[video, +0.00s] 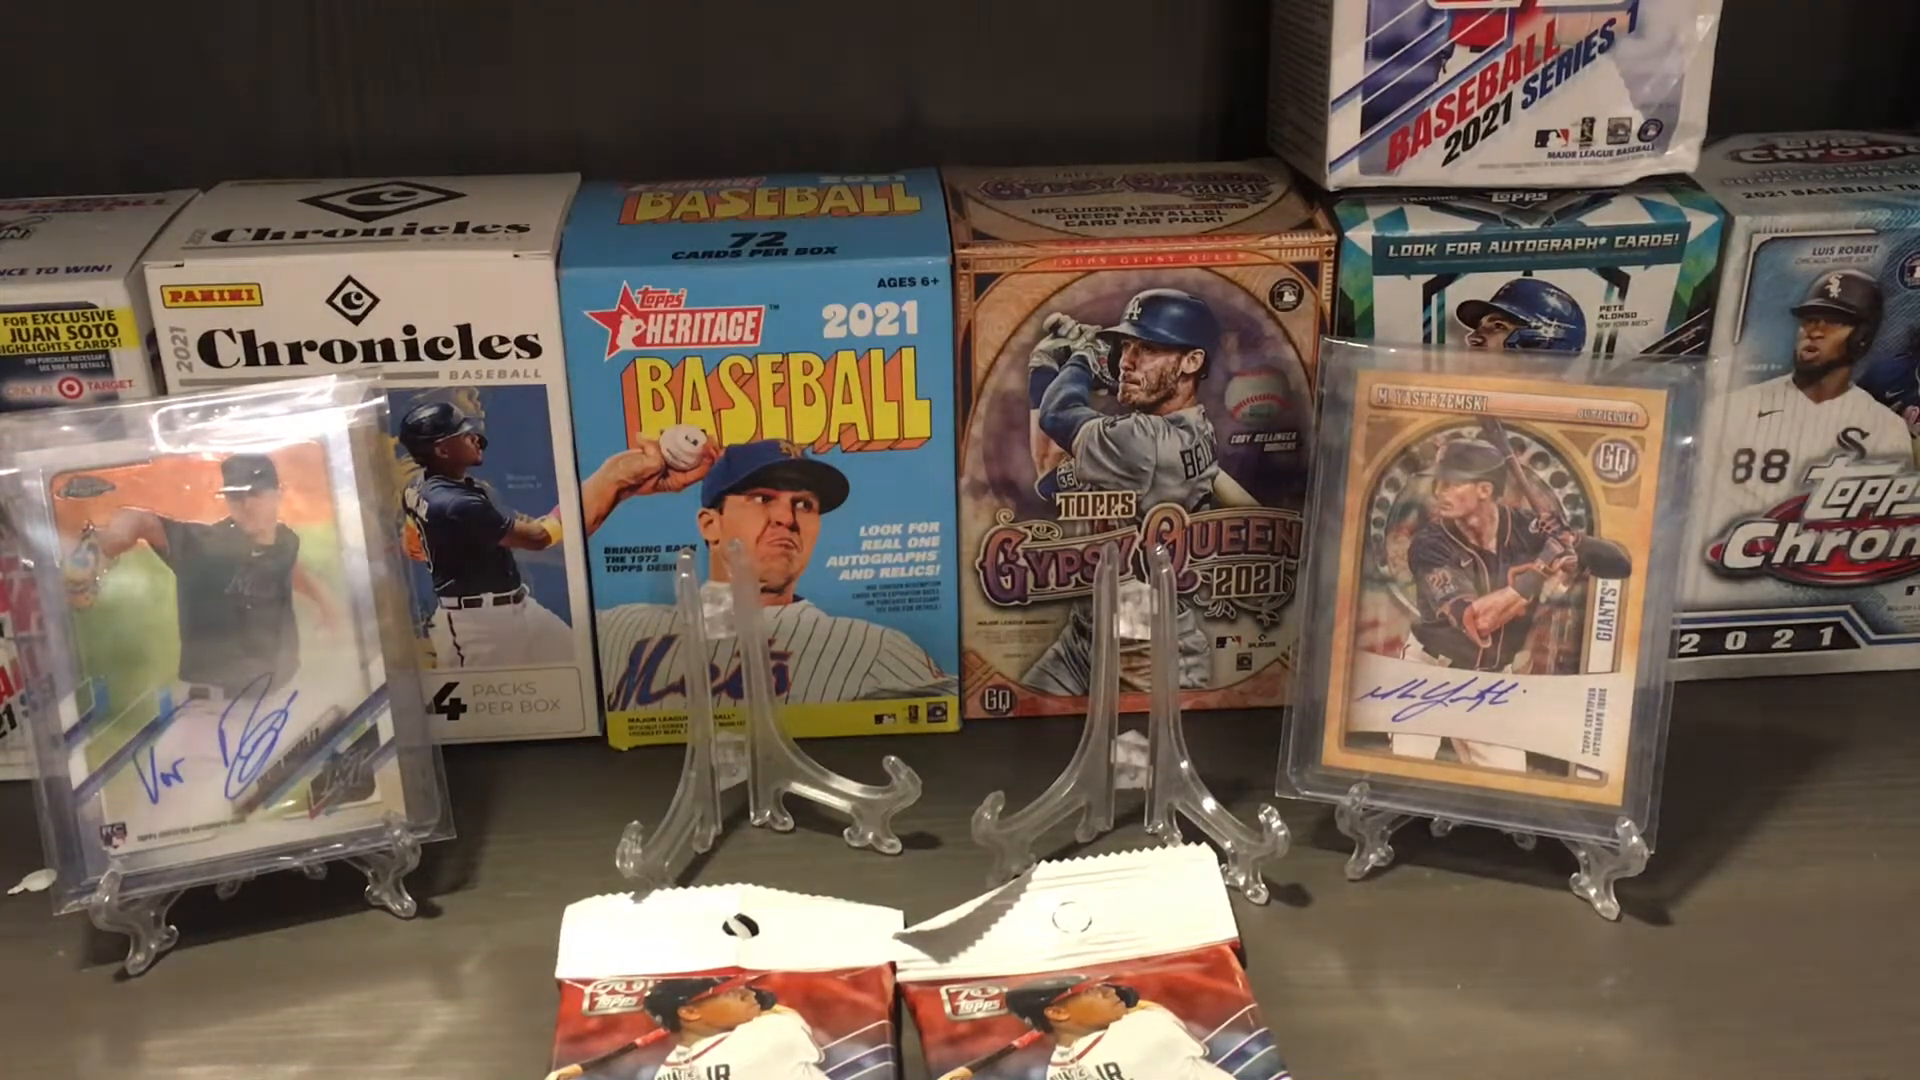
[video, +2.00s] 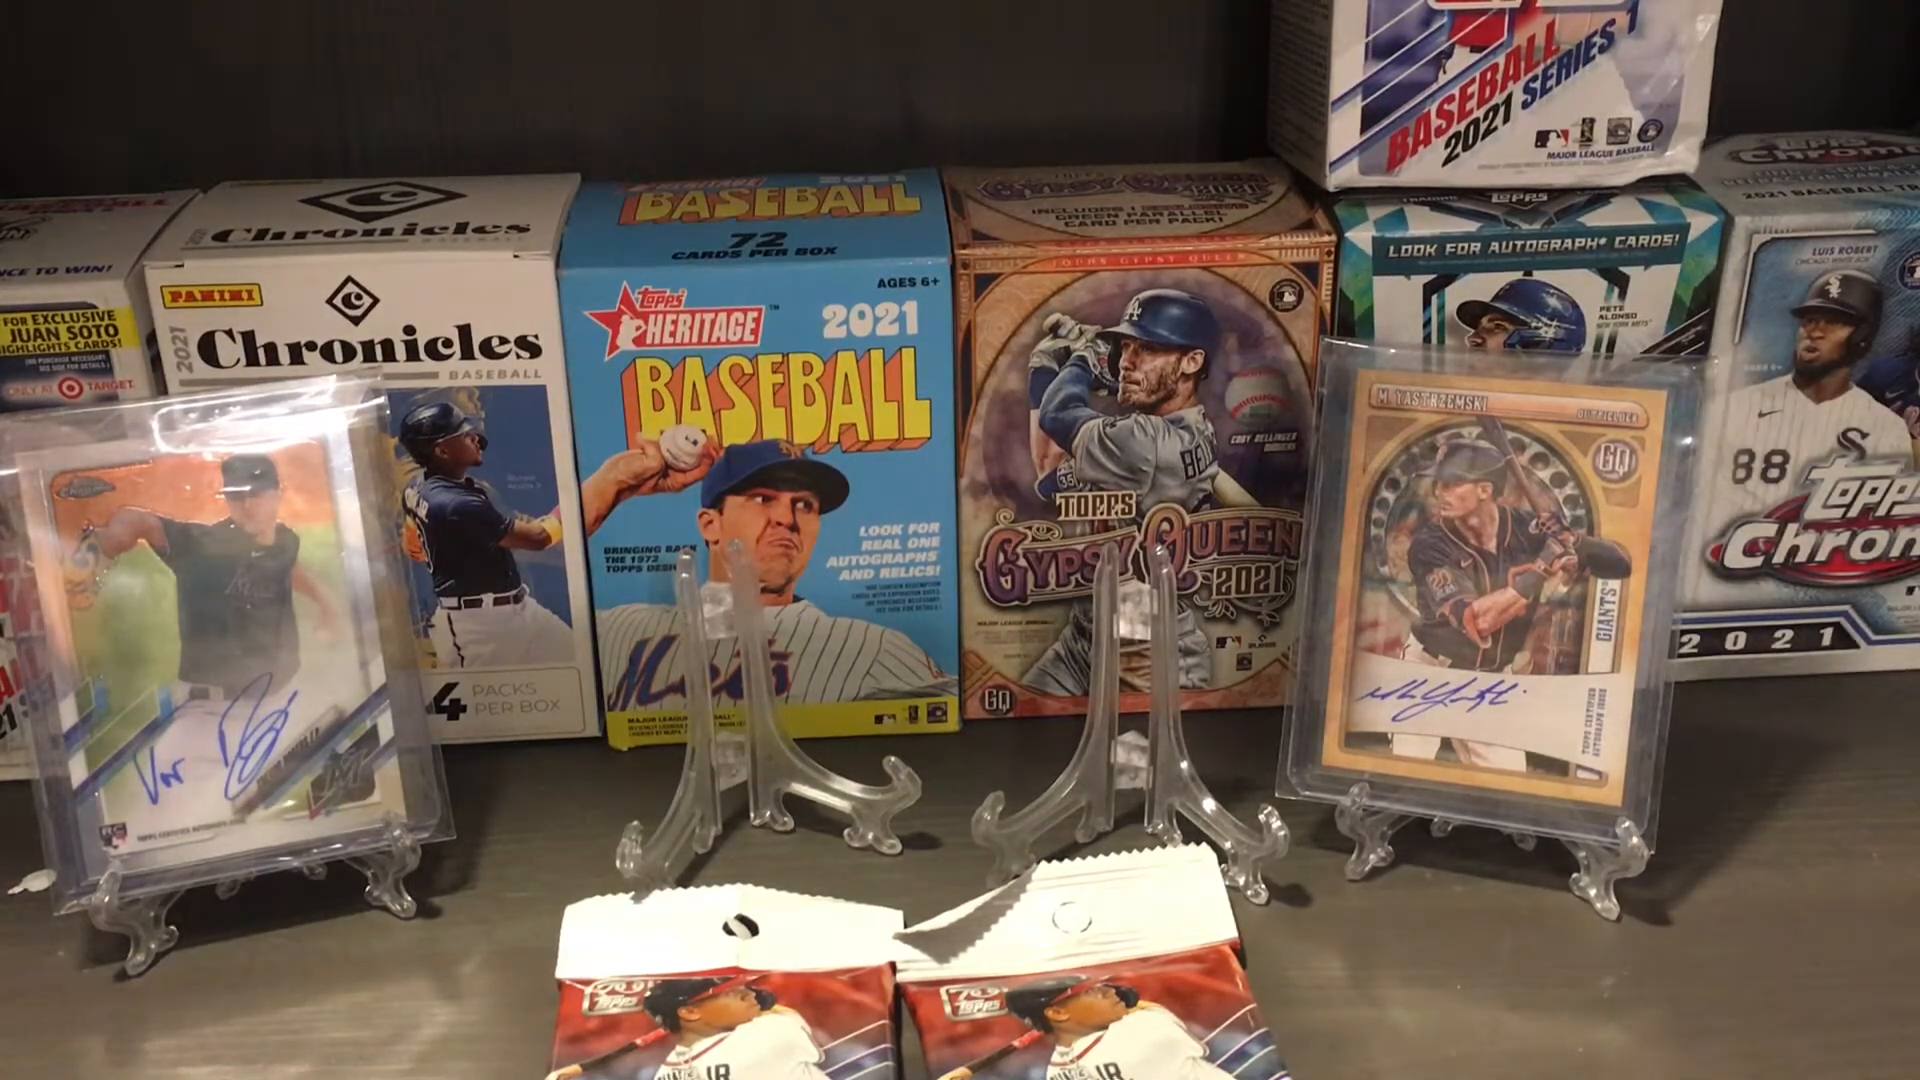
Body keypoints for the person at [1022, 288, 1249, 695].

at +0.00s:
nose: (1127, 362)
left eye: (1148, 350)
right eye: (1127, 348)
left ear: (1190, 363)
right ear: (1120, 349)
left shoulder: (1140, 440)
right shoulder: (1188, 432)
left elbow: (1059, 410)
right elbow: (1047, 479)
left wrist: (1085, 359)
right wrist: (1042, 369)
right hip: (1091, 641)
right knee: (1012, 735)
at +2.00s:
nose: (1127, 361)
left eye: (1145, 349)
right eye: (1126, 347)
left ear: (1191, 363)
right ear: (1118, 349)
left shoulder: (1143, 442)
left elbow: (1060, 411)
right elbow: (1049, 476)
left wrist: (1083, 362)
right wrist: (1043, 366)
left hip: (1159, 650)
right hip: (1087, 642)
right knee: (1011, 738)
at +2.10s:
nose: (1127, 361)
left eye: (1146, 349)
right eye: (1126, 347)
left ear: (1191, 363)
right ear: (1119, 349)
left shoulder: (1144, 442)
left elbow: (1060, 411)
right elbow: (1050, 476)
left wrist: (1084, 360)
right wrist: (1043, 366)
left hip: (1159, 648)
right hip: (1089, 641)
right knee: (1012, 735)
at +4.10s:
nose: (1128, 361)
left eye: (1147, 350)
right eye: (1127, 347)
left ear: (1190, 363)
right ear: (1121, 347)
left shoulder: (1139, 440)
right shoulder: (1190, 432)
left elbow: (1060, 410)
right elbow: (1049, 476)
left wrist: (1085, 362)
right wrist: (1041, 373)